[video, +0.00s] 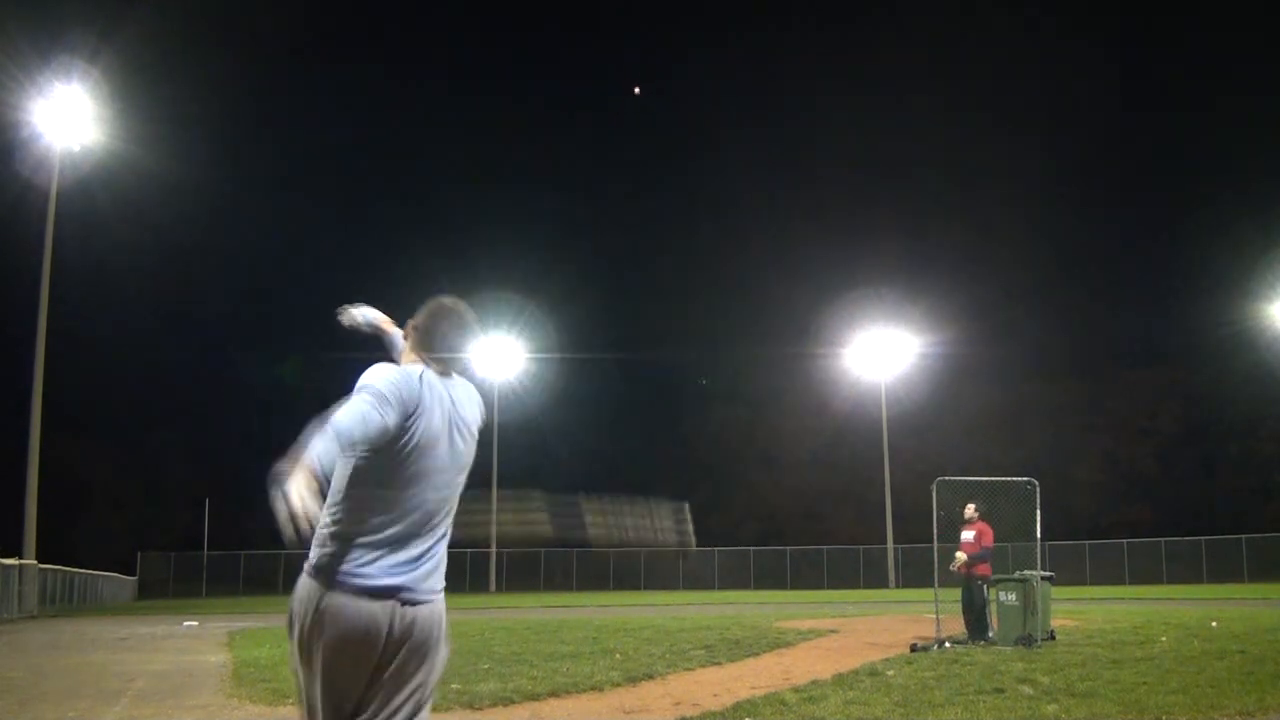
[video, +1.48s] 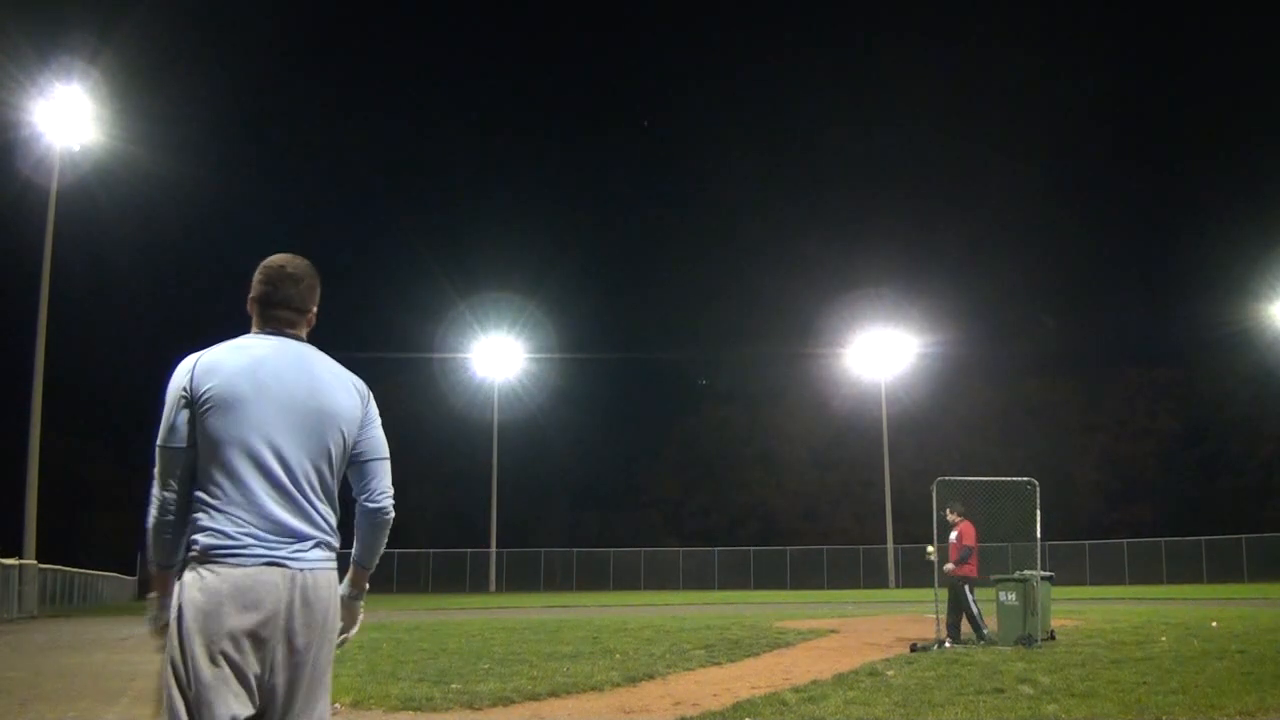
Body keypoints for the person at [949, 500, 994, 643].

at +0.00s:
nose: (965, 511)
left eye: (969, 509)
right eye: (965, 509)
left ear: (977, 513)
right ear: (965, 511)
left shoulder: (984, 528)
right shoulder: (964, 528)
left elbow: (986, 551)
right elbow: (964, 549)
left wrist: (967, 558)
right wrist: (957, 562)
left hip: (980, 573)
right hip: (967, 573)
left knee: (979, 605)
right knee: (967, 606)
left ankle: (982, 635)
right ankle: (972, 635)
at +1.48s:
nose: (946, 518)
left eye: (948, 514)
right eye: (946, 515)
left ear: (955, 514)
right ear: (955, 515)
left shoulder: (966, 526)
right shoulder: (955, 528)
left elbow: (968, 548)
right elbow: (958, 550)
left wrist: (954, 563)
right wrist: (951, 564)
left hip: (965, 575)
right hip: (955, 575)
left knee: (970, 606)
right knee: (954, 608)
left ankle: (983, 634)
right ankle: (953, 636)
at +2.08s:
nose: (935, 516)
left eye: (937, 513)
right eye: (935, 513)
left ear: (945, 513)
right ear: (942, 514)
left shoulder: (956, 526)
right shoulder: (941, 529)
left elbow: (964, 547)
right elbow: (937, 550)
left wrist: (962, 567)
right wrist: (921, 557)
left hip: (953, 573)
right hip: (943, 574)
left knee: (953, 607)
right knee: (946, 607)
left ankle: (954, 637)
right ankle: (949, 636)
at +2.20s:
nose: (935, 514)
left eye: (937, 511)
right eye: (935, 512)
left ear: (946, 512)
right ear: (941, 513)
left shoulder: (955, 527)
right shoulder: (940, 527)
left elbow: (960, 548)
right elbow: (941, 549)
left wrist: (957, 567)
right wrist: (937, 568)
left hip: (951, 573)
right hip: (942, 573)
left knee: (953, 606)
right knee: (946, 606)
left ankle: (955, 636)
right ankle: (948, 635)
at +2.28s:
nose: (935, 514)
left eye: (938, 511)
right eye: (935, 511)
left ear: (946, 512)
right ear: (940, 513)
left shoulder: (954, 526)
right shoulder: (940, 527)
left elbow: (959, 548)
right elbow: (940, 551)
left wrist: (956, 568)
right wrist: (935, 568)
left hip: (951, 573)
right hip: (942, 572)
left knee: (953, 606)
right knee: (945, 605)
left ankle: (955, 636)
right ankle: (948, 635)